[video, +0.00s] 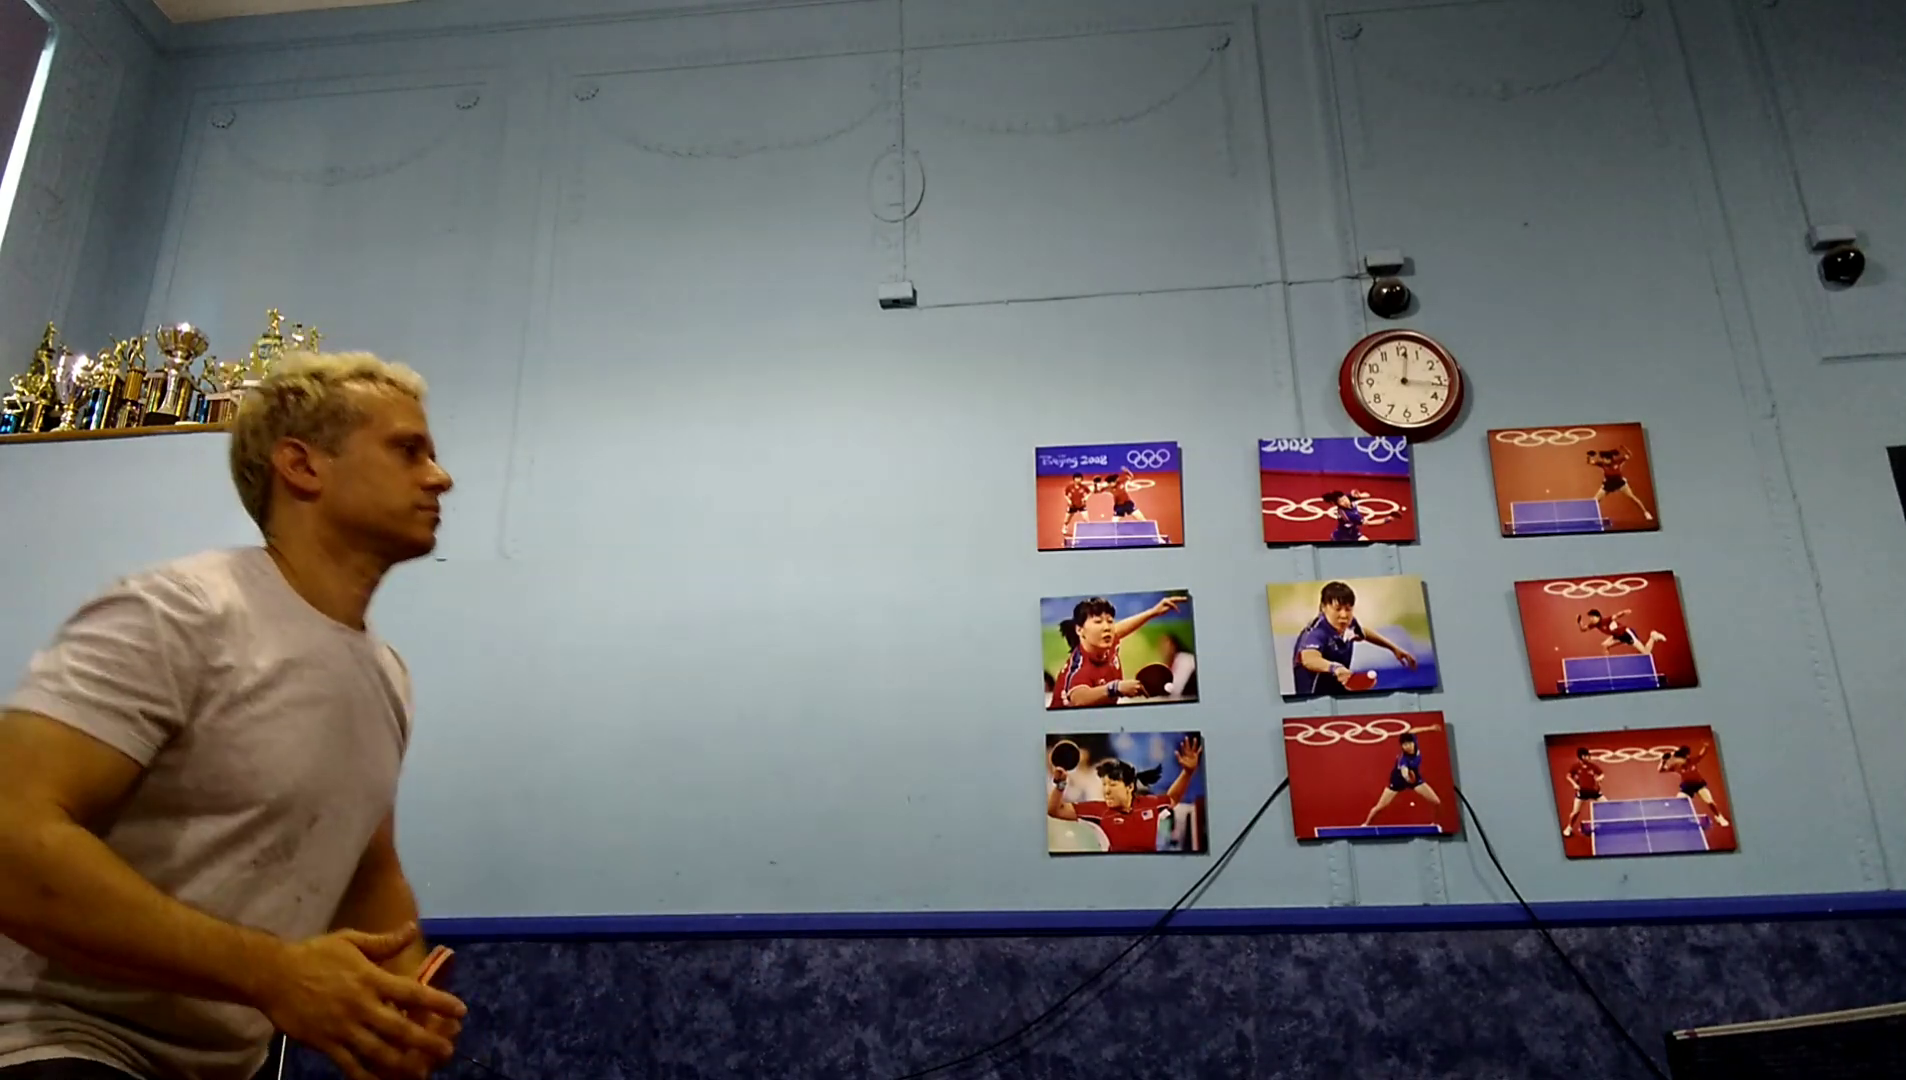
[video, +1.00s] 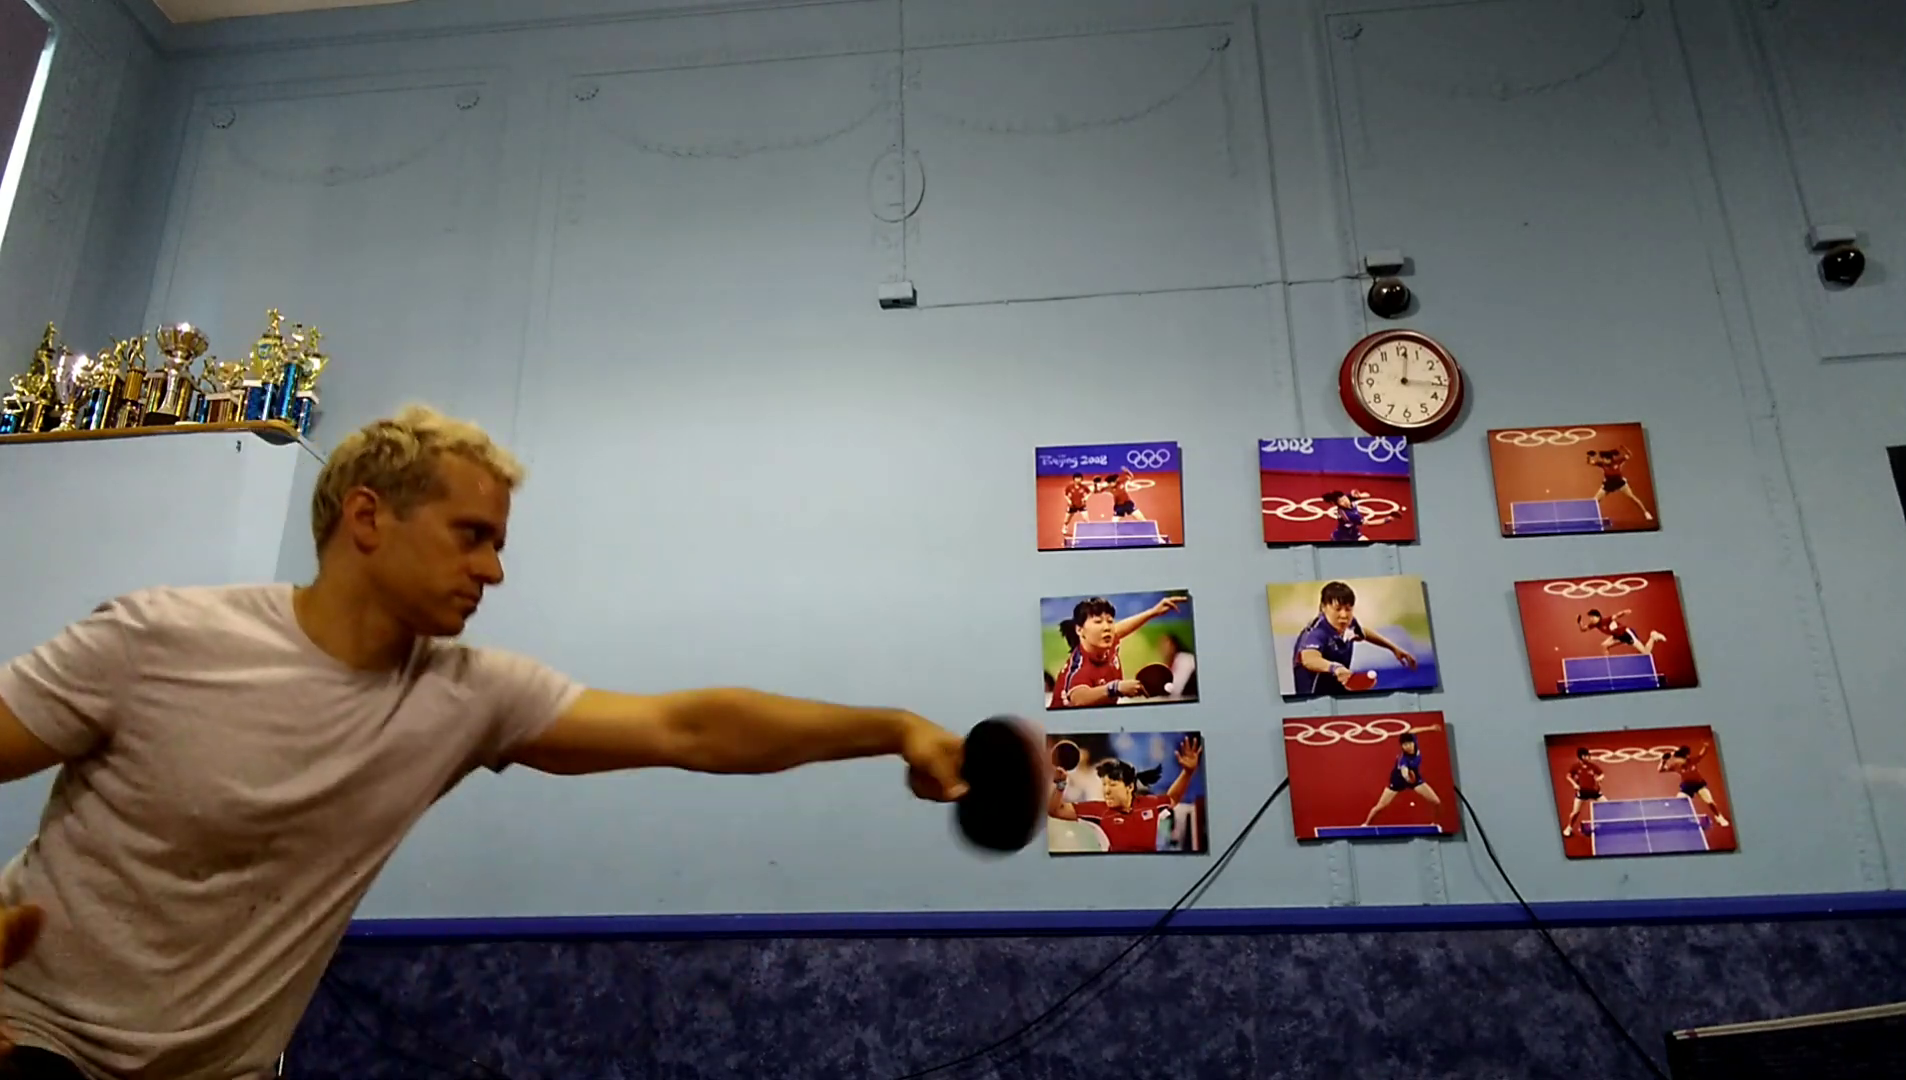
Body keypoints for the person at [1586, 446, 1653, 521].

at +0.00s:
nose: (1605, 461)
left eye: (1606, 460)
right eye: (1603, 460)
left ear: (1609, 459)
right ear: (1603, 459)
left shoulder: (1617, 461)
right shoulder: (1602, 464)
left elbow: (1628, 457)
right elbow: (1590, 463)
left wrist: (1624, 449)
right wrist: (1590, 457)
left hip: (1620, 482)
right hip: (1608, 482)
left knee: (1632, 497)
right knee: (1595, 499)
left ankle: (1645, 512)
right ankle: (1593, 519)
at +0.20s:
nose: (1605, 461)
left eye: (1606, 460)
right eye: (1603, 460)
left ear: (1610, 459)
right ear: (1603, 459)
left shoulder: (1617, 461)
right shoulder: (1602, 464)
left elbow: (1629, 457)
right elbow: (1590, 463)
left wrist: (1624, 449)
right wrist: (1589, 457)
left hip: (1620, 482)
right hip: (1608, 483)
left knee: (1632, 497)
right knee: (1595, 499)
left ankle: (1645, 512)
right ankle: (1592, 519)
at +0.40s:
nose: (1604, 461)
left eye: (1606, 459)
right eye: (1603, 459)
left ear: (1609, 459)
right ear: (1603, 459)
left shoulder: (1617, 462)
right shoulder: (1602, 464)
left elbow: (1629, 456)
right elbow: (1590, 463)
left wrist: (1624, 449)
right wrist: (1589, 457)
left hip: (1620, 482)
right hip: (1608, 483)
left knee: (1632, 497)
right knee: (1595, 499)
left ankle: (1645, 512)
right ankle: (1591, 519)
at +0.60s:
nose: (1605, 461)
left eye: (1606, 460)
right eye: (1603, 460)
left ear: (1609, 459)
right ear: (1603, 459)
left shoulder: (1617, 461)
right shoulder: (1602, 464)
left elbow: (1628, 457)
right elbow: (1590, 463)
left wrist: (1624, 449)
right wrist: (1590, 457)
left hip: (1620, 482)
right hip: (1608, 482)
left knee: (1632, 497)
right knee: (1595, 499)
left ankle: (1645, 512)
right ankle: (1593, 519)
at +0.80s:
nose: (1605, 461)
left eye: (1606, 460)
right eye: (1603, 460)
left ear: (1609, 459)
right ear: (1603, 459)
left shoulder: (1617, 461)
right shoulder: (1602, 464)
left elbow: (1628, 457)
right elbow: (1590, 463)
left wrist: (1624, 449)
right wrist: (1590, 457)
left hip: (1620, 482)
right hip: (1608, 482)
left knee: (1632, 497)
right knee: (1595, 499)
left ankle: (1645, 512)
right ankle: (1593, 519)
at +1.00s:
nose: (1605, 461)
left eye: (1606, 460)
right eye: (1603, 460)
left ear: (1610, 459)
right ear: (1603, 459)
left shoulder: (1617, 461)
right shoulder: (1602, 464)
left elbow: (1628, 457)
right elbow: (1590, 463)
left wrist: (1624, 449)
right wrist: (1590, 457)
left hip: (1620, 482)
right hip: (1608, 482)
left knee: (1632, 497)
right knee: (1596, 499)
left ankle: (1645, 512)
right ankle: (1593, 519)